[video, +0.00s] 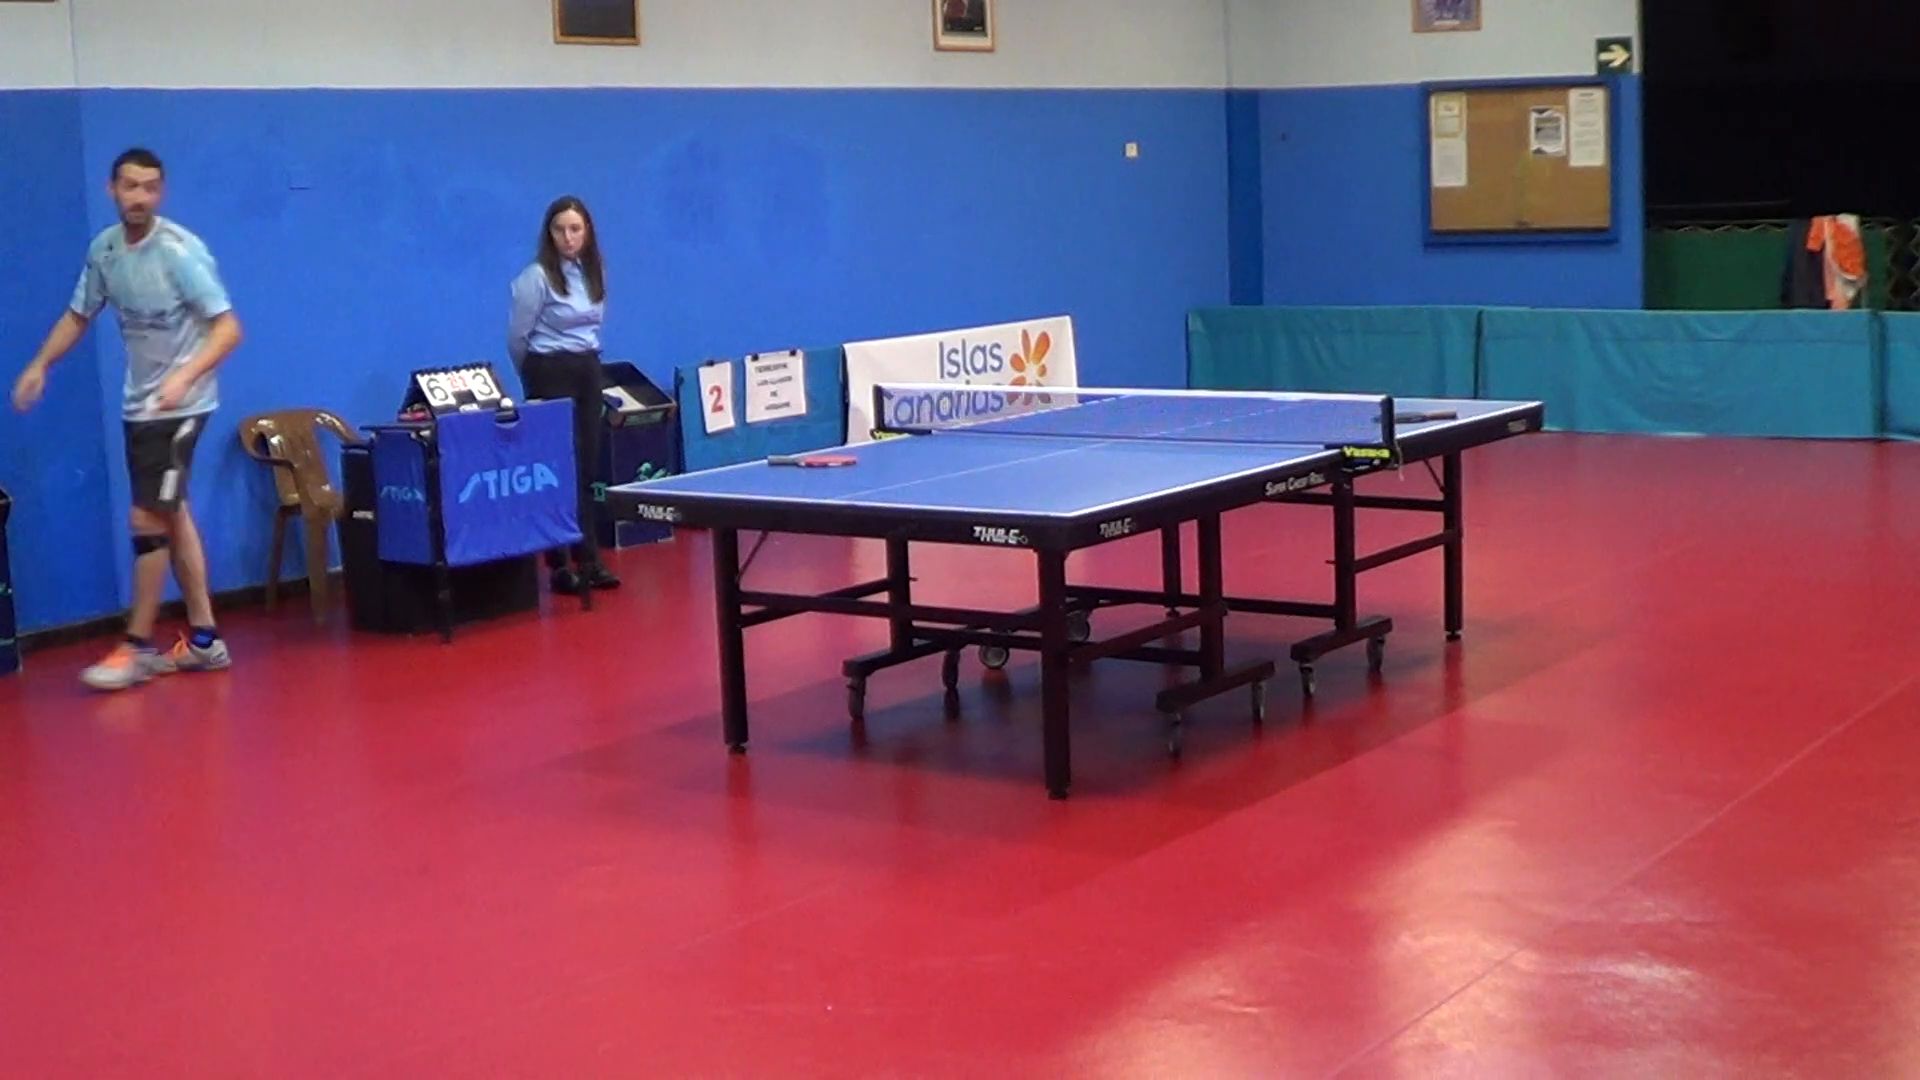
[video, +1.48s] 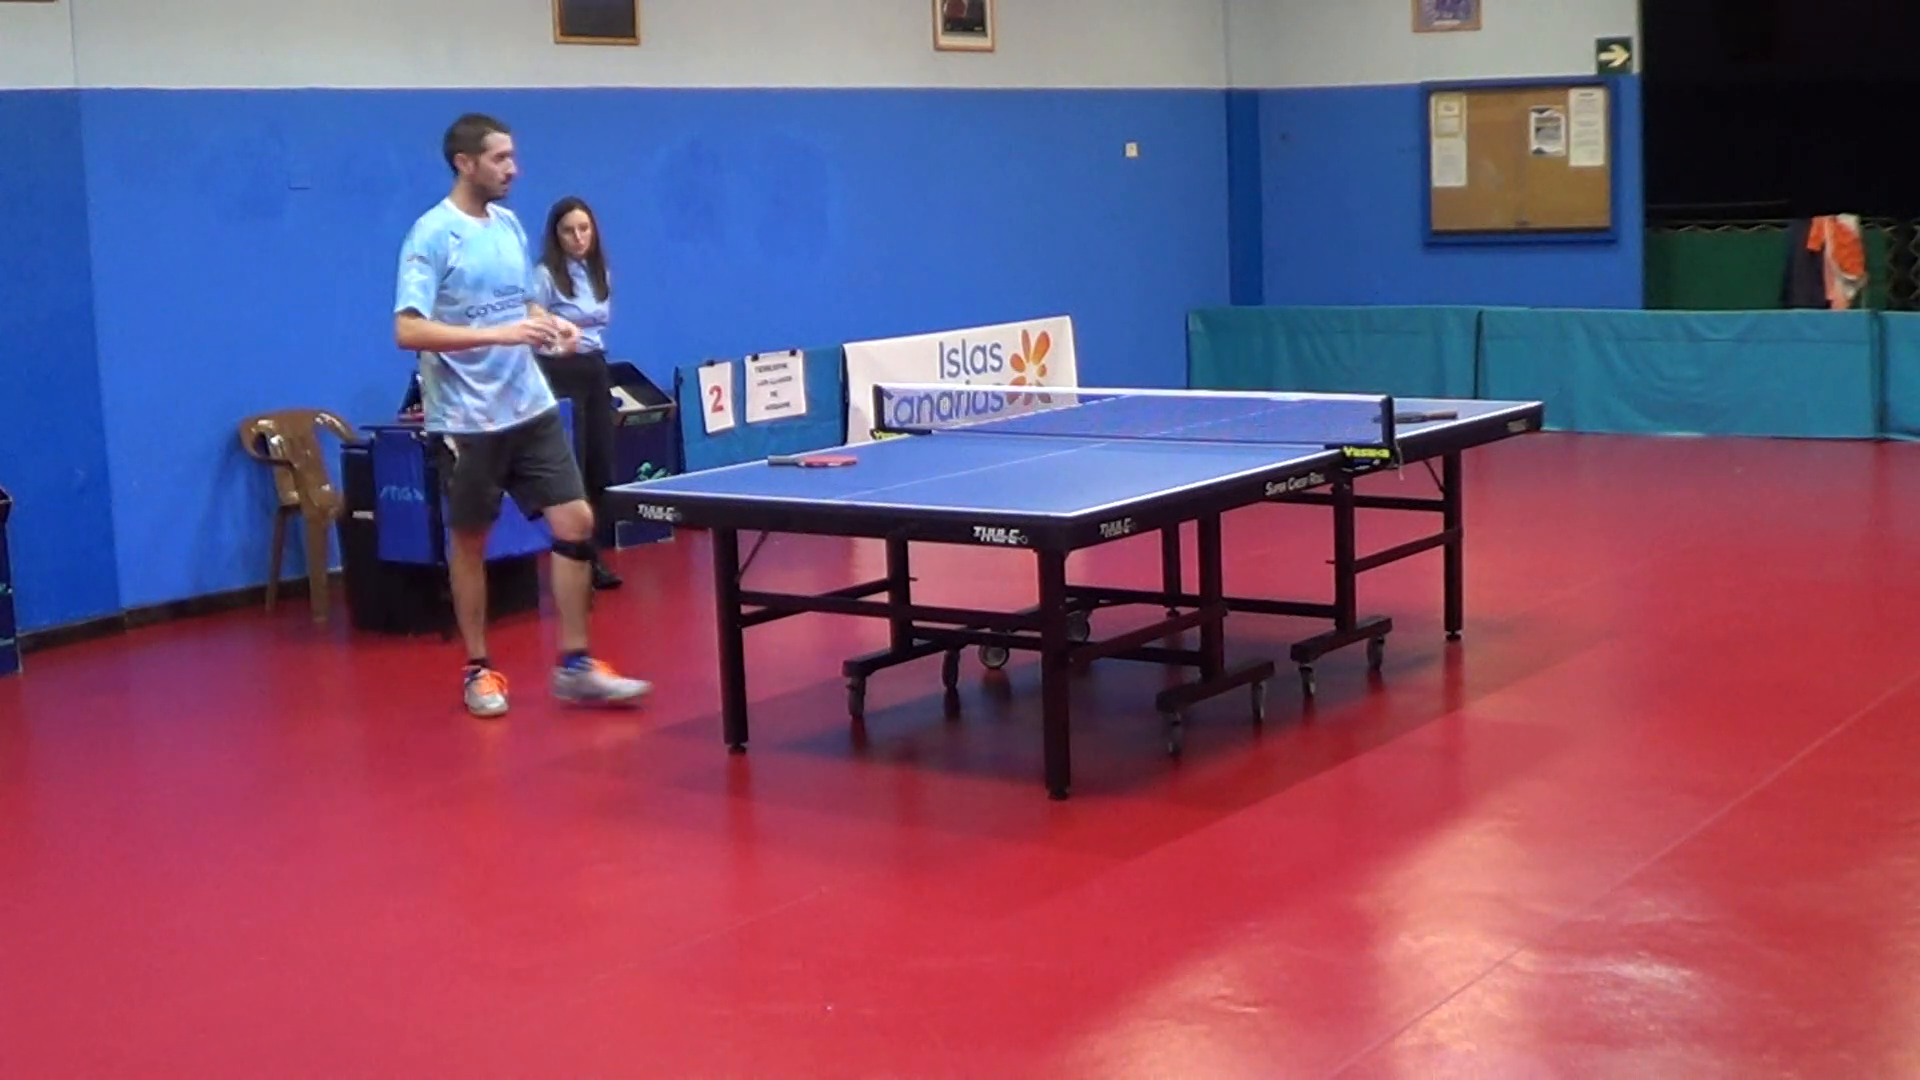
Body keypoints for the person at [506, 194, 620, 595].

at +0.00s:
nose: (569, 236)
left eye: (576, 229)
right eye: (561, 229)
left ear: (587, 233)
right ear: (550, 234)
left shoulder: (593, 271)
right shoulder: (535, 277)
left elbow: (594, 321)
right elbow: (517, 334)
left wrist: (575, 354)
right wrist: (529, 370)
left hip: (588, 366)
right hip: (549, 369)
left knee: (587, 463)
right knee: (556, 465)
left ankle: (590, 559)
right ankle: (560, 565)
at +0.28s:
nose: (573, 234)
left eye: (579, 226)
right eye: (564, 228)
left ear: (590, 231)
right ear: (553, 234)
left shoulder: (592, 271)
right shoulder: (540, 277)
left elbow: (595, 322)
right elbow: (520, 333)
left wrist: (575, 353)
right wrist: (527, 366)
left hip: (588, 366)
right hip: (550, 368)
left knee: (587, 462)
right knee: (558, 464)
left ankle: (589, 558)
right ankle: (561, 564)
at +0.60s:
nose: (575, 233)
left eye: (581, 225)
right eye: (566, 227)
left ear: (591, 229)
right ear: (554, 233)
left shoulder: (593, 271)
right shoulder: (540, 277)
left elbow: (596, 322)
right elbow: (522, 335)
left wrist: (576, 354)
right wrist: (531, 370)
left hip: (591, 366)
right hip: (554, 368)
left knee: (590, 462)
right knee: (561, 464)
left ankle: (589, 557)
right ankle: (564, 563)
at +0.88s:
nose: (576, 233)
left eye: (582, 225)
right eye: (567, 227)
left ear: (592, 229)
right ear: (555, 233)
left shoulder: (594, 271)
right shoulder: (542, 277)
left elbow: (598, 322)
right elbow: (525, 336)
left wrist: (578, 354)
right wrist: (534, 370)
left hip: (594, 364)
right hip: (557, 367)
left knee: (594, 461)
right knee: (565, 463)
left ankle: (590, 556)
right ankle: (565, 563)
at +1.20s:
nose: (577, 234)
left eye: (583, 226)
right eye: (568, 228)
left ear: (593, 230)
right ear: (556, 234)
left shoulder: (595, 271)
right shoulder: (542, 277)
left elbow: (598, 323)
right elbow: (525, 339)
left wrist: (576, 354)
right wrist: (536, 377)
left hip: (595, 364)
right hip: (557, 367)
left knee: (596, 461)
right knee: (567, 463)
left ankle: (590, 555)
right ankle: (565, 562)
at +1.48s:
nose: (579, 237)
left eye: (584, 228)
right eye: (569, 231)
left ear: (594, 230)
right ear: (557, 236)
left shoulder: (599, 272)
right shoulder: (543, 274)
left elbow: (604, 315)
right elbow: (536, 321)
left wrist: (562, 321)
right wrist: (566, 331)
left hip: (596, 362)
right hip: (559, 364)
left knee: (600, 460)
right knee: (571, 463)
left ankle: (596, 553)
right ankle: (579, 558)